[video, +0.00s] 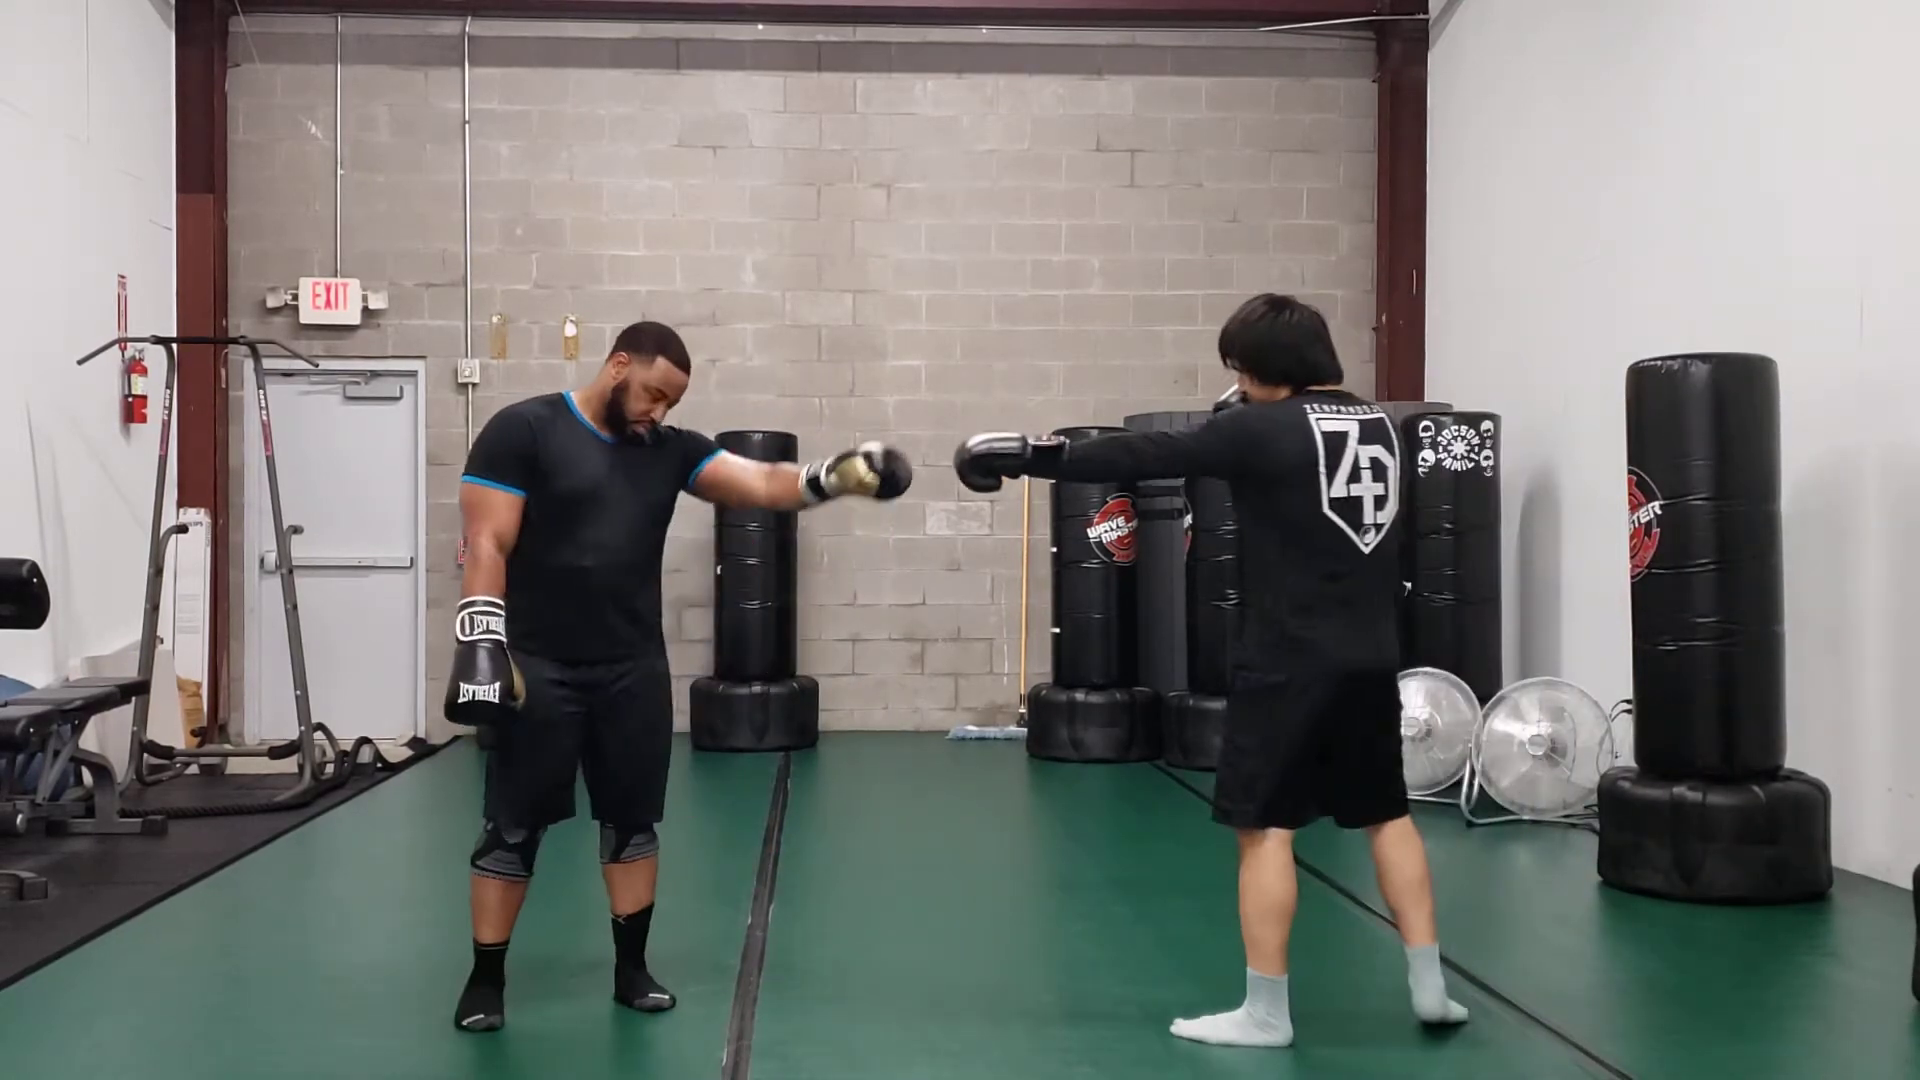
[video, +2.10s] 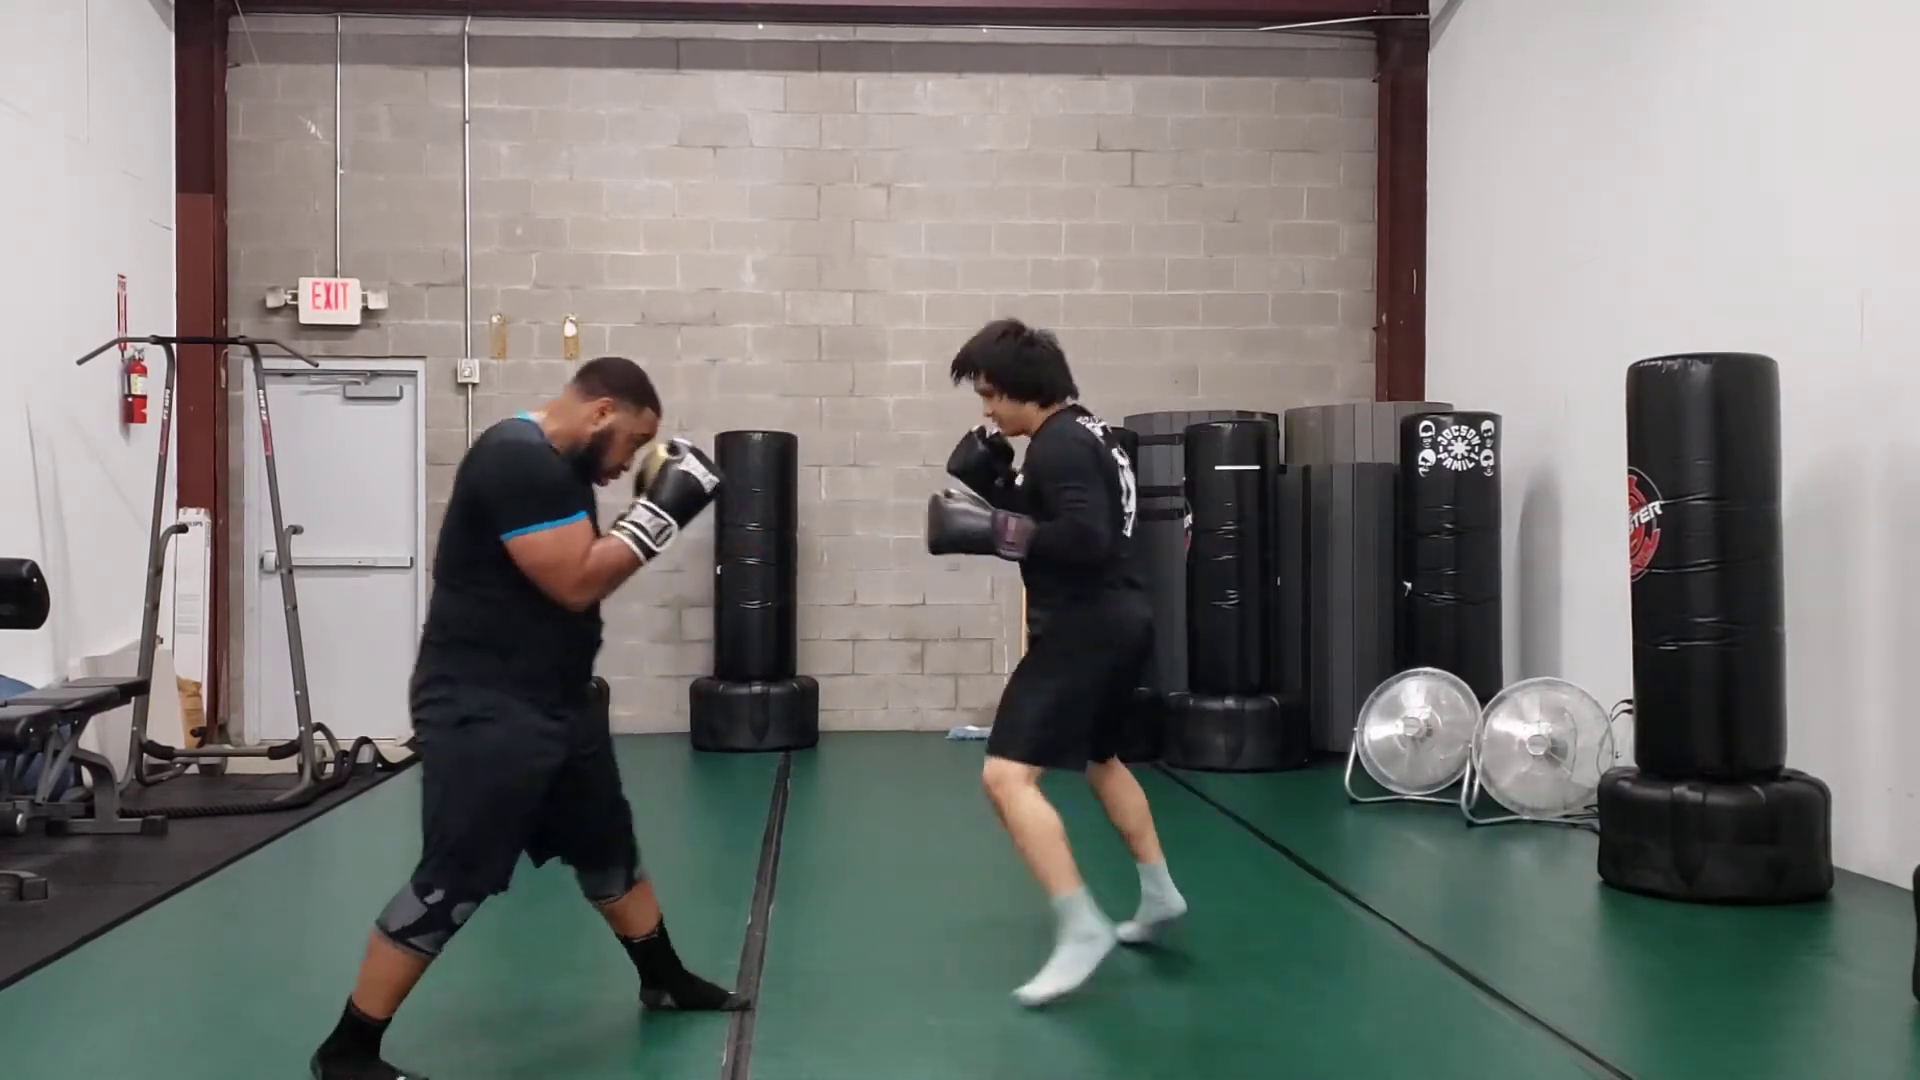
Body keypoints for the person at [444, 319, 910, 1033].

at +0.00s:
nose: (660, 414)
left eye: (671, 402)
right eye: (657, 395)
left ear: (670, 393)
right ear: (619, 365)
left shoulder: (666, 449)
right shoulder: (522, 432)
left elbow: (763, 481)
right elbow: (484, 543)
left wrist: (831, 478)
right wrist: (482, 639)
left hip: (633, 671)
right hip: (536, 670)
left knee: (634, 824)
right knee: (511, 831)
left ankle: (632, 968)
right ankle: (485, 980)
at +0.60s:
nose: (666, 417)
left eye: (676, 404)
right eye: (659, 398)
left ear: (683, 394)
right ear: (619, 369)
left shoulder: (682, 449)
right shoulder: (525, 433)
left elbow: (765, 511)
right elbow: (481, 539)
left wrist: (812, 475)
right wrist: (544, 594)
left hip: (631, 674)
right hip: (534, 673)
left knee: (627, 823)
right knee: (509, 830)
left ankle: (632, 971)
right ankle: (486, 981)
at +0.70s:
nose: (674, 415)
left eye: (683, 401)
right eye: (666, 398)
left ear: (685, 391)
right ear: (625, 370)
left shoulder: (685, 455)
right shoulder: (537, 431)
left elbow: (725, 549)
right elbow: (494, 536)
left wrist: (764, 499)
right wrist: (586, 551)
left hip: (643, 675)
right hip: (546, 675)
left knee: (635, 827)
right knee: (516, 835)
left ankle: (633, 971)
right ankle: (488, 982)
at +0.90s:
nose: (685, 424)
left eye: (693, 413)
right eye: (680, 407)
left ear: (687, 400)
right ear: (642, 374)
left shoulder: (669, 452)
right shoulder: (564, 428)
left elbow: (712, 558)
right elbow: (587, 531)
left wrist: (751, 503)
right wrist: (672, 465)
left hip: (652, 672)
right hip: (567, 672)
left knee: (640, 825)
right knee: (541, 832)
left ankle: (633, 972)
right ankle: (492, 976)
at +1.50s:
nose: (683, 438)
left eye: (690, 428)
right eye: (685, 420)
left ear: (658, 385)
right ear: (661, 384)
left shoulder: (630, 443)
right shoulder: (591, 423)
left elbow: (704, 538)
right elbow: (682, 526)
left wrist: (733, 455)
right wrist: (730, 439)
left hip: (630, 663)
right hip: (559, 668)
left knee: (683, 800)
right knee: (542, 835)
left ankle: (656, 962)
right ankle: (504, 1006)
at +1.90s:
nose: (692, 473)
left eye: (703, 464)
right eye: (695, 455)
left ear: (670, 418)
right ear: (671, 416)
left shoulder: (637, 462)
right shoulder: (601, 448)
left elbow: (694, 552)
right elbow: (666, 565)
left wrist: (745, 482)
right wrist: (740, 492)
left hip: (602, 677)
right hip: (530, 675)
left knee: (650, 821)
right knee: (512, 848)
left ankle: (670, 979)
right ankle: (386, 1016)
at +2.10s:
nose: (628, 465)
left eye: (637, 452)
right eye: (633, 445)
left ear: (597, 414)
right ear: (600, 412)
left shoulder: (563, 467)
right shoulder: (516, 457)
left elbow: (578, 572)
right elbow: (577, 580)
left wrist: (648, 507)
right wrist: (658, 515)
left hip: (558, 710)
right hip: (486, 713)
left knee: (607, 851)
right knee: (451, 881)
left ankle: (665, 977)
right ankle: (350, 1048)